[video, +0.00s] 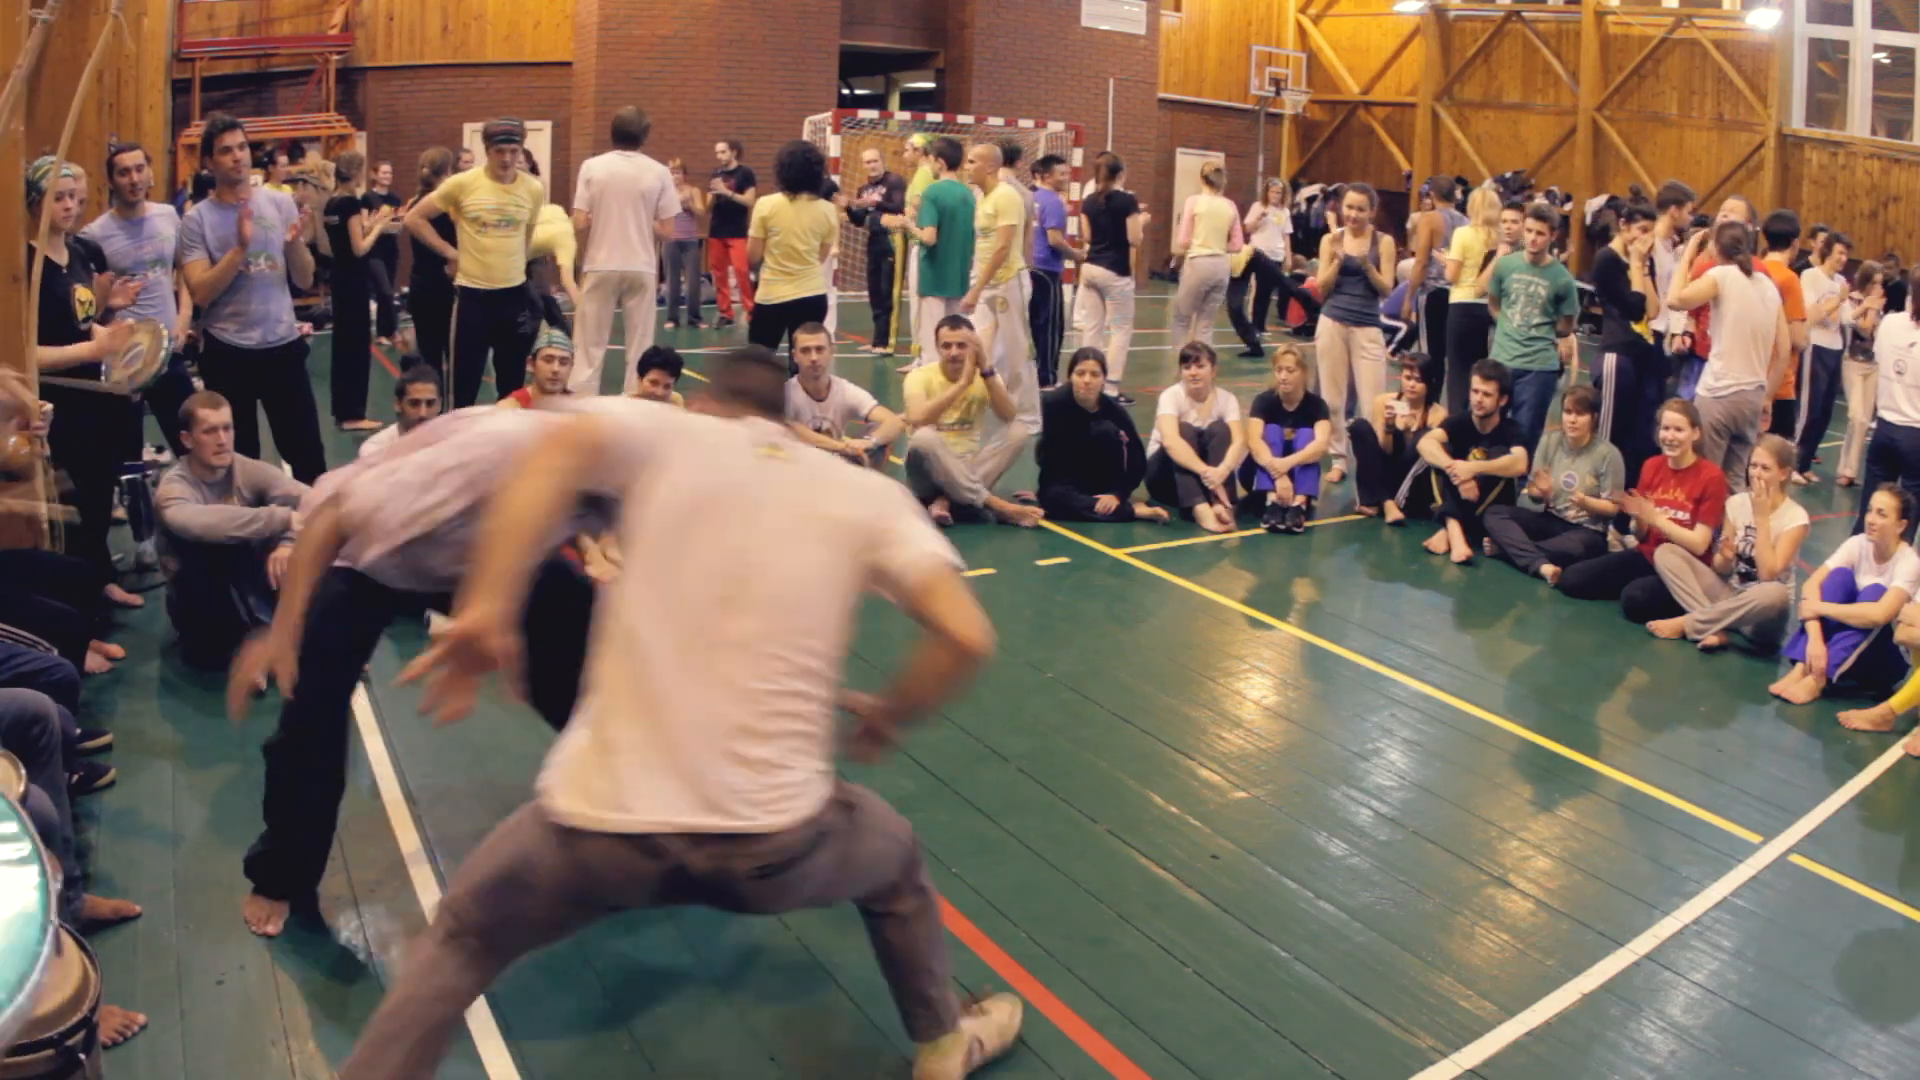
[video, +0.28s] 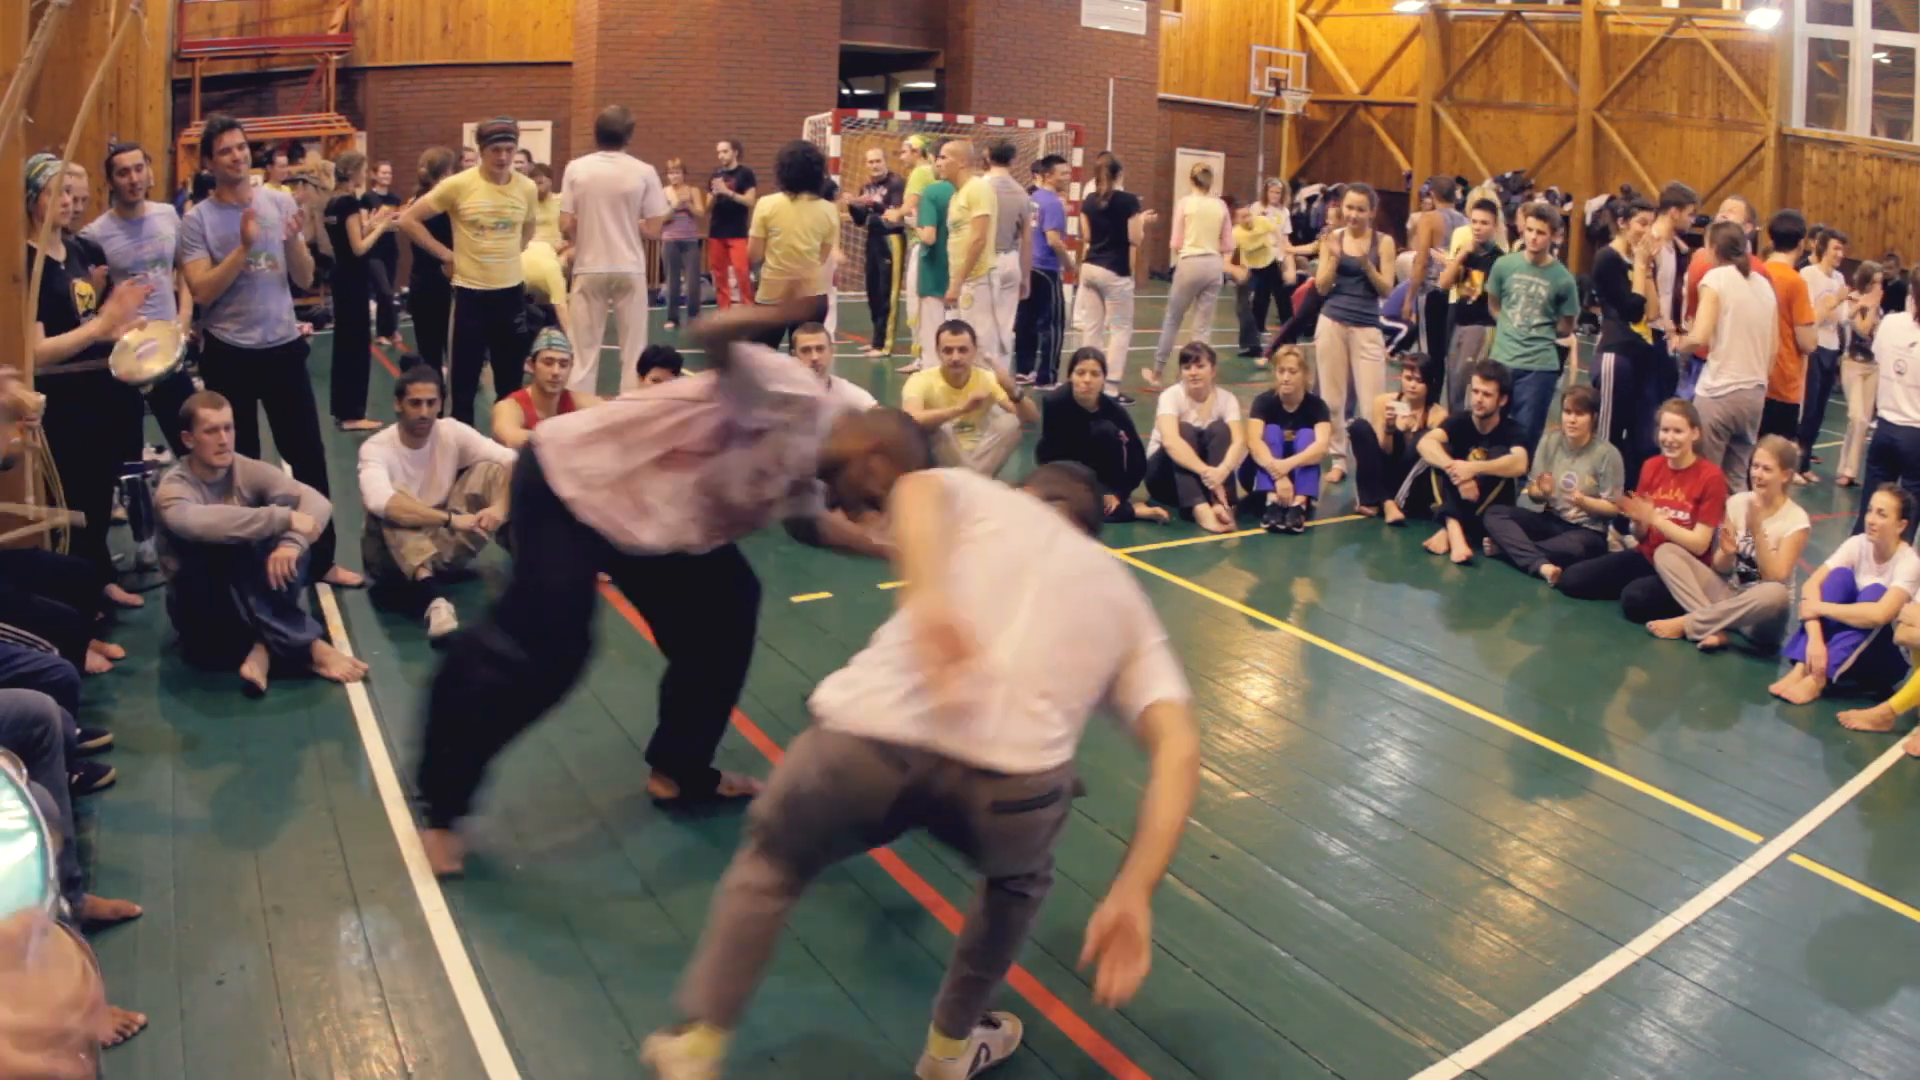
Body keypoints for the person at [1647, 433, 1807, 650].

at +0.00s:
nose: (1756, 473)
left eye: (1765, 468)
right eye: (1753, 466)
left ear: (1784, 474)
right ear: (1747, 467)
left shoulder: (1795, 517)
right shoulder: (1736, 503)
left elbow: (1768, 573)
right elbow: (1720, 568)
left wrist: (1762, 518)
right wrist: (1726, 557)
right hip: (1726, 595)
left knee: (1774, 594)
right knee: (1665, 552)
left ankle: (1686, 624)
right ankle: (1711, 629)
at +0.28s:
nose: (1757, 474)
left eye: (1767, 469)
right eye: (1755, 466)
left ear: (1786, 476)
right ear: (1750, 467)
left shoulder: (1796, 519)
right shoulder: (1737, 502)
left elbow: (1775, 576)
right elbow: (1719, 566)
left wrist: (1756, 528)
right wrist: (1727, 554)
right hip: (1725, 595)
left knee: (1774, 594)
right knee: (1666, 552)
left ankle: (1686, 624)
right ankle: (1711, 629)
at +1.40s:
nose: (1757, 469)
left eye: (1766, 464)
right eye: (1756, 462)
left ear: (1787, 471)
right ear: (1753, 461)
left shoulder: (1797, 516)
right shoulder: (1739, 499)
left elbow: (1777, 574)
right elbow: (1720, 566)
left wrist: (1741, 538)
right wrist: (1730, 539)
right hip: (1728, 590)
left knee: (1774, 592)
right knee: (1685, 566)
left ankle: (1695, 622)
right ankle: (1709, 631)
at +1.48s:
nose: (1757, 469)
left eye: (1766, 464)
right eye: (1757, 462)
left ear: (1786, 471)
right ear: (1752, 461)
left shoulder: (1797, 517)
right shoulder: (1740, 499)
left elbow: (1777, 574)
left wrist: (1740, 538)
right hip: (1725, 581)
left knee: (1773, 592)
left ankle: (1706, 618)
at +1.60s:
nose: (1759, 471)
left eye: (1766, 465)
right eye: (1758, 463)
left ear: (1786, 471)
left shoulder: (1796, 515)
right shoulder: (1743, 499)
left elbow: (1780, 573)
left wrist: (1747, 549)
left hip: (1759, 584)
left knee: (1774, 591)